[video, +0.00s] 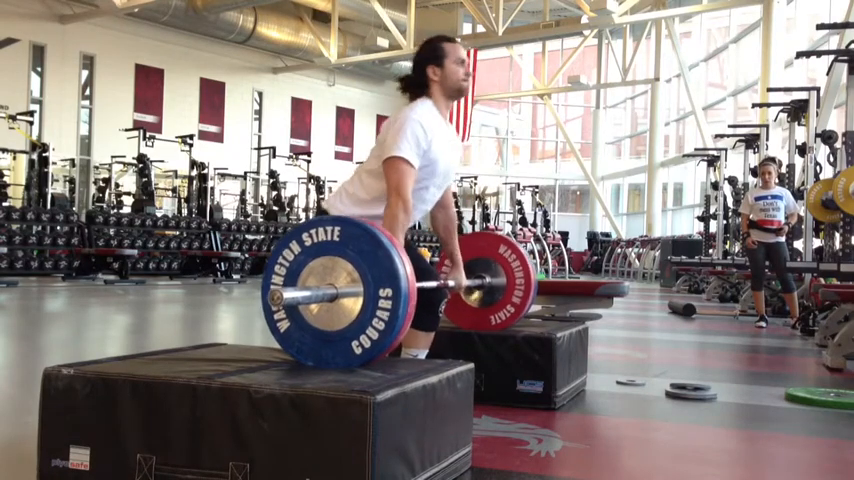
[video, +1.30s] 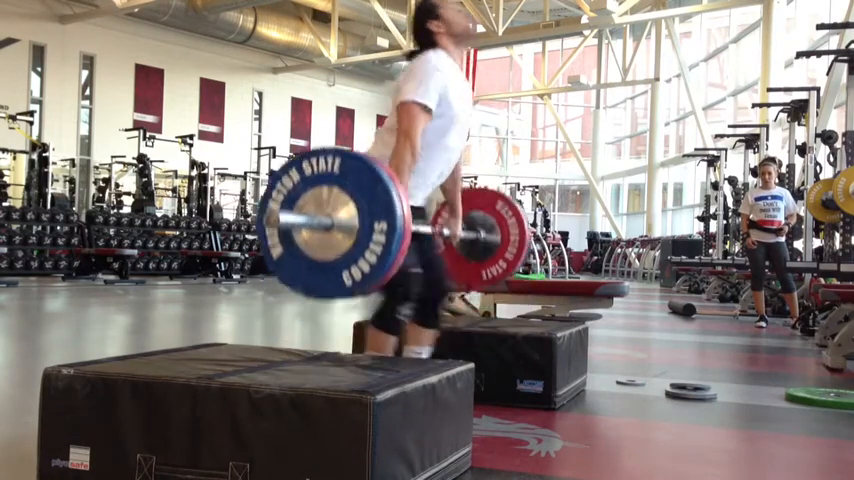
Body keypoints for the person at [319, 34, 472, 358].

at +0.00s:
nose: (468, 70)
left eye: (468, 64)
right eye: (460, 63)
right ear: (434, 72)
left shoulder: (447, 135)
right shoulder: (413, 119)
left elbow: (442, 205)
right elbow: (398, 199)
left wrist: (455, 262)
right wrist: (389, 269)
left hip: (385, 229)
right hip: (348, 224)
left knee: (430, 290)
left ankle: (408, 383)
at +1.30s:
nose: (466, 13)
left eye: (461, 7)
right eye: (455, 8)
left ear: (443, 27)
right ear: (436, 26)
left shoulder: (457, 79)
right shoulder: (429, 64)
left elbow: (450, 154)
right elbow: (406, 139)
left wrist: (454, 212)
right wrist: (392, 209)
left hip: (413, 205)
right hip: (385, 202)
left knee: (434, 285)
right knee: (402, 285)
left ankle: (412, 383)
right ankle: (374, 385)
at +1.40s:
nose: (410, 2)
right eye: (398, 1)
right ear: (378, 18)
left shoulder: (419, 62)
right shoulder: (391, 52)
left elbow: (433, 140)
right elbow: (389, 127)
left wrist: (455, 196)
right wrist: (404, 196)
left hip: (442, 201)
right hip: (412, 199)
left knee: (454, 291)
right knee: (409, 295)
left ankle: (417, 374)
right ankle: (376, 380)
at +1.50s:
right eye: (337, 1)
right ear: (334, 20)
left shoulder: (389, 52)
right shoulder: (354, 44)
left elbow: (420, 115)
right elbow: (368, 105)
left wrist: (457, 158)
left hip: (426, 183)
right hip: (390, 182)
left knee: (426, 278)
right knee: (387, 280)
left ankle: (415, 373)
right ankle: (371, 377)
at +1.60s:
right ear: (327, 14)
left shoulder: (383, 43)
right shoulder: (343, 38)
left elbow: (420, 97)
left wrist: (462, 132)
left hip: (419, 181)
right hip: (378, 185)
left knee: (441, 268)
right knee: (387, 277)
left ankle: (423, 372)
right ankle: (369, 378)